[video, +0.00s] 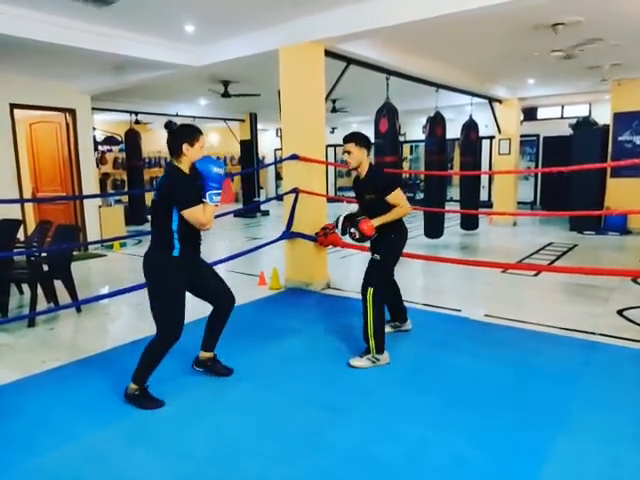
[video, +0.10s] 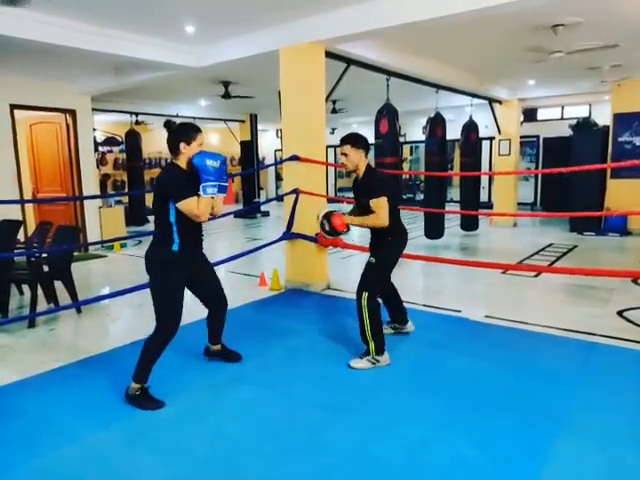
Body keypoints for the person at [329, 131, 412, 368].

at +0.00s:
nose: (345, 157)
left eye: (349, 152)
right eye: (344, 153)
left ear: (364, 151)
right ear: (350, 155)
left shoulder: (381, 178)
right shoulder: (358, 180)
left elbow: (405, 207)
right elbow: (368, 209)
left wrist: (374, 222)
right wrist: (347, 221)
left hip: (393, 235)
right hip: (379, 235)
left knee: (370, 288)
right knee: (384, 278)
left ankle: (376, 352)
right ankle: (400, 319)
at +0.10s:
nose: (342, 160)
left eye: (345, 155)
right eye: (340, 156)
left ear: (362, 153)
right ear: (351, 156)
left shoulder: (373, 180)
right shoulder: (359, 180)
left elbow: (382, 220)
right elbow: (363, 212)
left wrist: (348, 221)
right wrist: (339, 219)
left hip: (390, 239)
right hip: (381, 237)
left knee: (366, 293)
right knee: (381, 280)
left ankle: (376, 354)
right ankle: (401, 322)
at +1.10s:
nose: (352, 151)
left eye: (355, 146)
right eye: (352, 146)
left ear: (370, 146)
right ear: (368, 147)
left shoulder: (384, 174)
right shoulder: (363, 170)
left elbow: (365, 208)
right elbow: (324, 169)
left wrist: (348, 181)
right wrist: (292, 162)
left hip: (385, 245)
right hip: (387, 242)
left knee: (368, 304)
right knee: (398, 298)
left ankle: (367, 366)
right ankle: (428, 349)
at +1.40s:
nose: (364, 149)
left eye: (366, 144)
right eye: (364, 145)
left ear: (379, 145)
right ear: (385, 145)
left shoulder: (378, 172)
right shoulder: (397, 168)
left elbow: (343, 194)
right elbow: (374, 191)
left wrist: (340, 164)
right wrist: (357, 172)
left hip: (385, 247)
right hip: (404, 244)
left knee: (362, 305)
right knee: (409, 299)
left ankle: (368, 366)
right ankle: (431, 352)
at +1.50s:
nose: (364, 148)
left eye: (367, 143)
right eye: (365, 143)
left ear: (379, 144)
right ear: (385, 145)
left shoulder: (377, 172)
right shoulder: (398, 168)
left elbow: (340, 191)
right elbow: (377, 191)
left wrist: (335, 161)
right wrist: (358, 175)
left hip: (384, 247)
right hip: (405, 245)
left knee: (364, 305)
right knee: (410, 298)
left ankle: (368, 366)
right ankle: (431, 352)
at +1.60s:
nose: (365, 149)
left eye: (367, 144)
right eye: (366, 144)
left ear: (379, 144)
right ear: (387, 144)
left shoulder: (376, 170)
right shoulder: (399, 168)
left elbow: (336, 184)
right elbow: (372, 186)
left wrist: (328, 154)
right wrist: (354, 172)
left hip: (384, 247)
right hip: (405, 244)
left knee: (363, 304)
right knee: (410, 297)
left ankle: (368, 366)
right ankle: (431, 352)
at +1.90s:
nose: (366, 151)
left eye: (369, 146)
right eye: (366, 146)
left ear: (382, 145)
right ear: (386, 145)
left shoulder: (385, 173)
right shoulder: (395, 169)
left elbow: (360, 204)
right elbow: (374, 198)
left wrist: (345, 179)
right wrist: (361, 181)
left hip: (386, 247)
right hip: (401, 244)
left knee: (368, 306)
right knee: (408, 299)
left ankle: (368, 367)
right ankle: (430, 353)